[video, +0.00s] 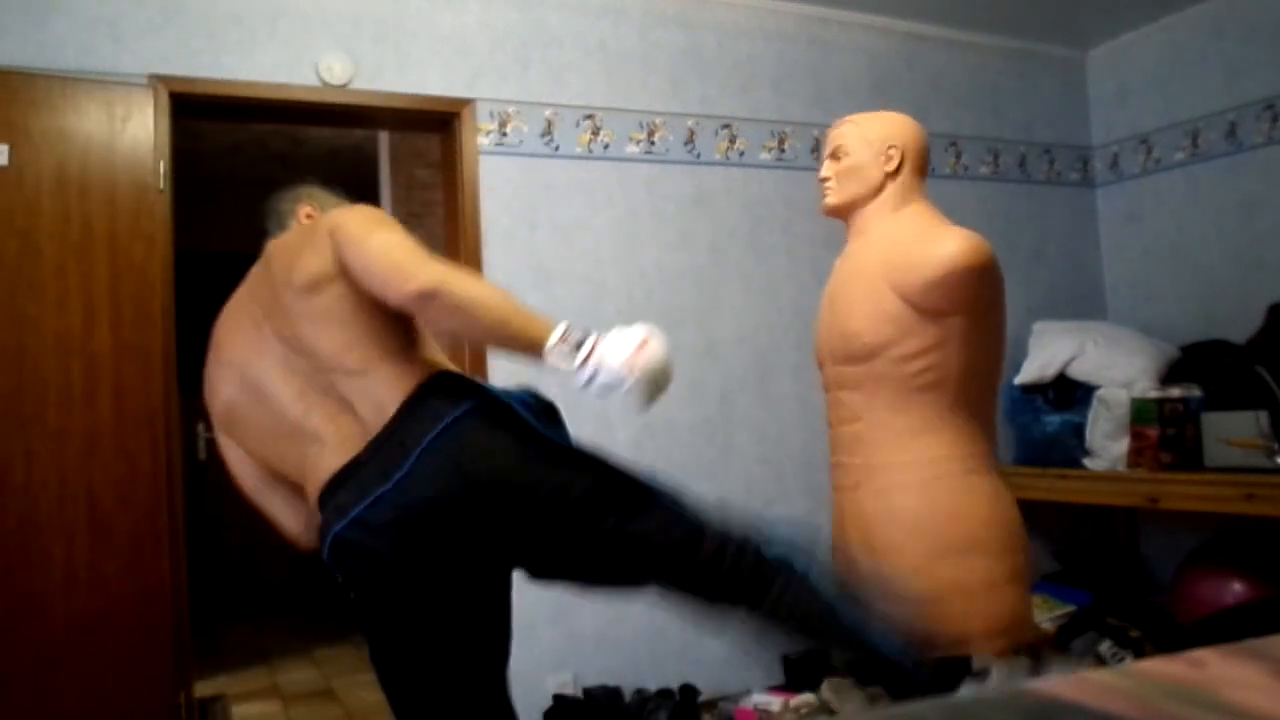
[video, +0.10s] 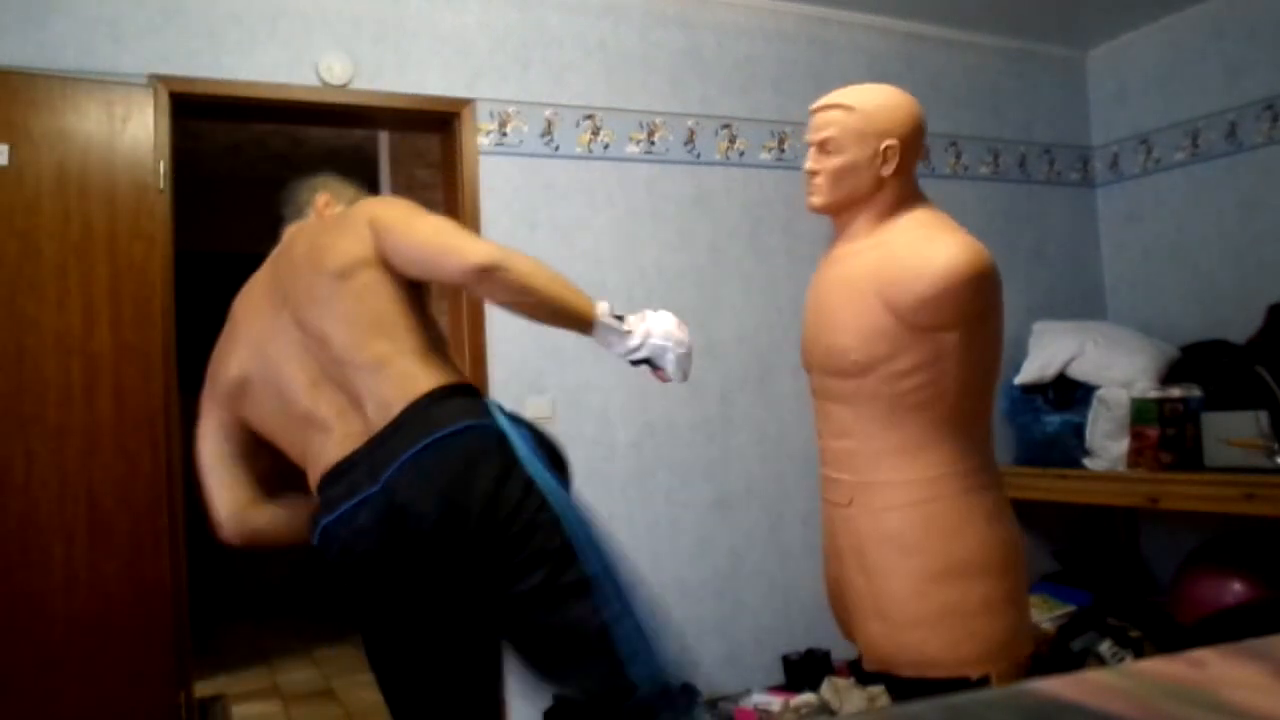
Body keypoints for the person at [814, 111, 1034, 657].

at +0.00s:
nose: (821, 171)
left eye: (837, 156)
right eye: (823, 159)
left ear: (889, 162)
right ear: (886, 164)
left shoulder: (943, 257)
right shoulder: (851, 264)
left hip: (938, 510)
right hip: (865, 513)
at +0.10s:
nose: (809, 164)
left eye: (828, 147)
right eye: (810, 147)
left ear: (886, 159)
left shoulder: (941, 265)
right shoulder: (844, 256)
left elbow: (958, 438)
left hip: (931, 546)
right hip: (866, 541)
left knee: (958, 705)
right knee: (897, 699)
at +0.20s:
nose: (799, 164)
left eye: (818, 148)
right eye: (799, 150)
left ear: (875, 156)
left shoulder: (937, 264)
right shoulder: (825, 268)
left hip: (929, 533)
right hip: (857, 533)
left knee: (949, 700)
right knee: (889, 694)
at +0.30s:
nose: (821, 166)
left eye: (838, 151)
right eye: (823, 153)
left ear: (892, 160)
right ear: (885, 163)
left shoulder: (940, 257)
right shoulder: (851, 261)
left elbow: (961, 263)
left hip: (935, 525)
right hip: (873, 526)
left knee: (951, 705)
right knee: (901, 698)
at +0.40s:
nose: (820, 163)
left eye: (838, 149)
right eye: (821, 150)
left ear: (893, 160)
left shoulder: (945, 263)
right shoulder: (856, 257)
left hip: (935, 537)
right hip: (873, 533)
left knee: (952, 700)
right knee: (898, 693)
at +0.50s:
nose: (794, 171)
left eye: (811, 154)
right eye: (794, 156)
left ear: (868, 160)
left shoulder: (930, 264)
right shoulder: (838, 259)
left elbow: (952, 441)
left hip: (927, 543)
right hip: (865, 539)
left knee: (949, 702)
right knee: (892, 694)